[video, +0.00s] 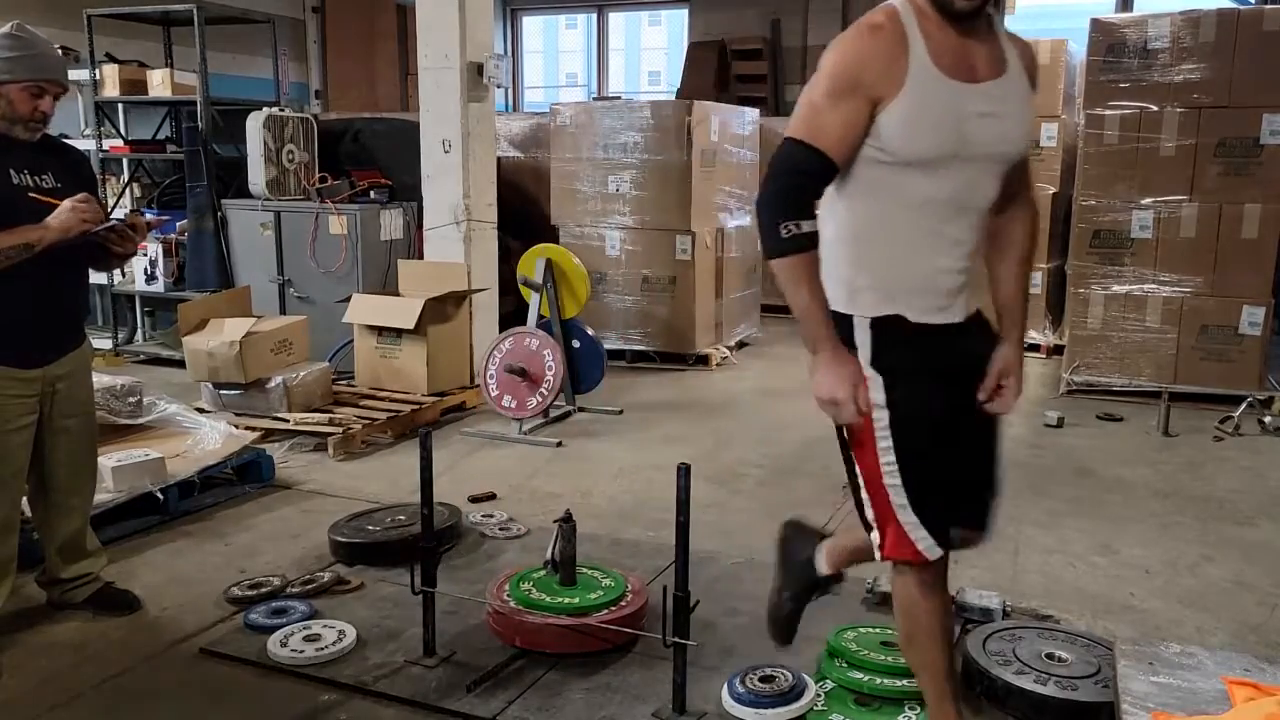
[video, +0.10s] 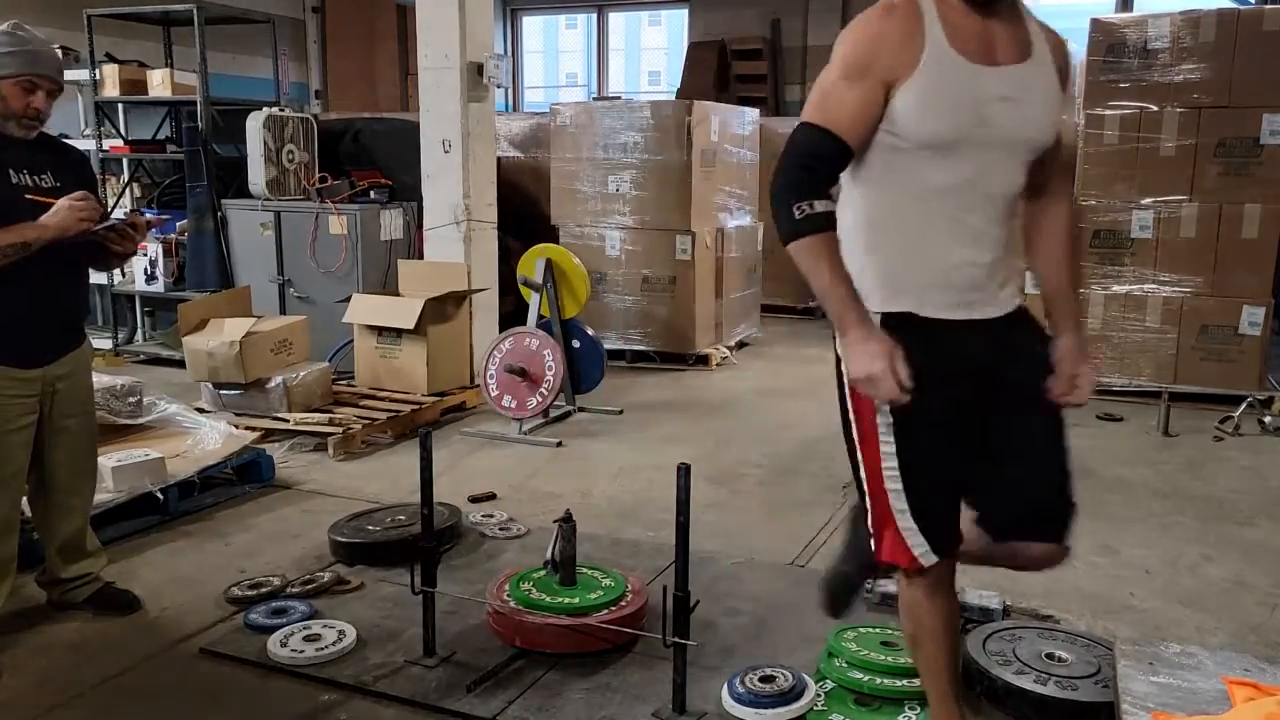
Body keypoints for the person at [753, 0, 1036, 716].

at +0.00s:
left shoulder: (1015, 59)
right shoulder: (873, 47)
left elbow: (1011, 202)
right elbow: (781, 202)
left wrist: (1011, 333)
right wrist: (823, 348)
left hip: (962, 324)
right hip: (875, 325)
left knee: (961, 522)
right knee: (918, 548)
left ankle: (818, 558)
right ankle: (944, 713)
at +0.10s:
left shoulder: (1047, 50)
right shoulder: (891, 30)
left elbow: (1051, 192)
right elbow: (797, 187)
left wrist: (1068, 328)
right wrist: (854, 329)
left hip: (1000, 329)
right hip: (897, 331)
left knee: (1039, 544)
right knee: (926, 556)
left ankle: (884, 532)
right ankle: (947, 712)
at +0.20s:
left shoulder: (1075, 37)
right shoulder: (898, 21)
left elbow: (1090, 175)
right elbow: (807, 177)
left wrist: (1129, 317)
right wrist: (870, 309)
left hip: (1036, 329)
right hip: (914, 334)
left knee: (1082, 553)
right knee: (936, 563)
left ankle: (965, 572)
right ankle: (951, 715)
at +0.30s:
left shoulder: (1104, 26)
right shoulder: (906, 18)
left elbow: (1143, 168)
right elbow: (819, 178)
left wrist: (1188, 321)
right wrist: (862, 305)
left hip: (1063, 328)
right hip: (934, 332)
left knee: (1090, 562)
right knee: (945, 559)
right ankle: (953, 713)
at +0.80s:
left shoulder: (1177, 8)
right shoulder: (949, 9)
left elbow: (1247, 205)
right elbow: (921, 176)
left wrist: (1113, 402)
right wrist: (861, 321)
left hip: (1098, 375)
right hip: (945, 355)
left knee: (1089, 655)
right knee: (875, 612)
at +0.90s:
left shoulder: (1160, 7)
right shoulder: (940, 10)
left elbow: (1205, 212)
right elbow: (936, 189)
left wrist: (1034, 404)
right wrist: (883, 330)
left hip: (1089, 389)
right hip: (929, 366)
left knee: (1085, 660)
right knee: (856, 631)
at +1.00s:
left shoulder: (1124, 8)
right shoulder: (918, 10)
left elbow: (1152, 232)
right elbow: (929, 207)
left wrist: (968, 418)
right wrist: (880, 340)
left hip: (1065, 403)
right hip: (907, 383)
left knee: (1076, 684)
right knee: (846, 660)